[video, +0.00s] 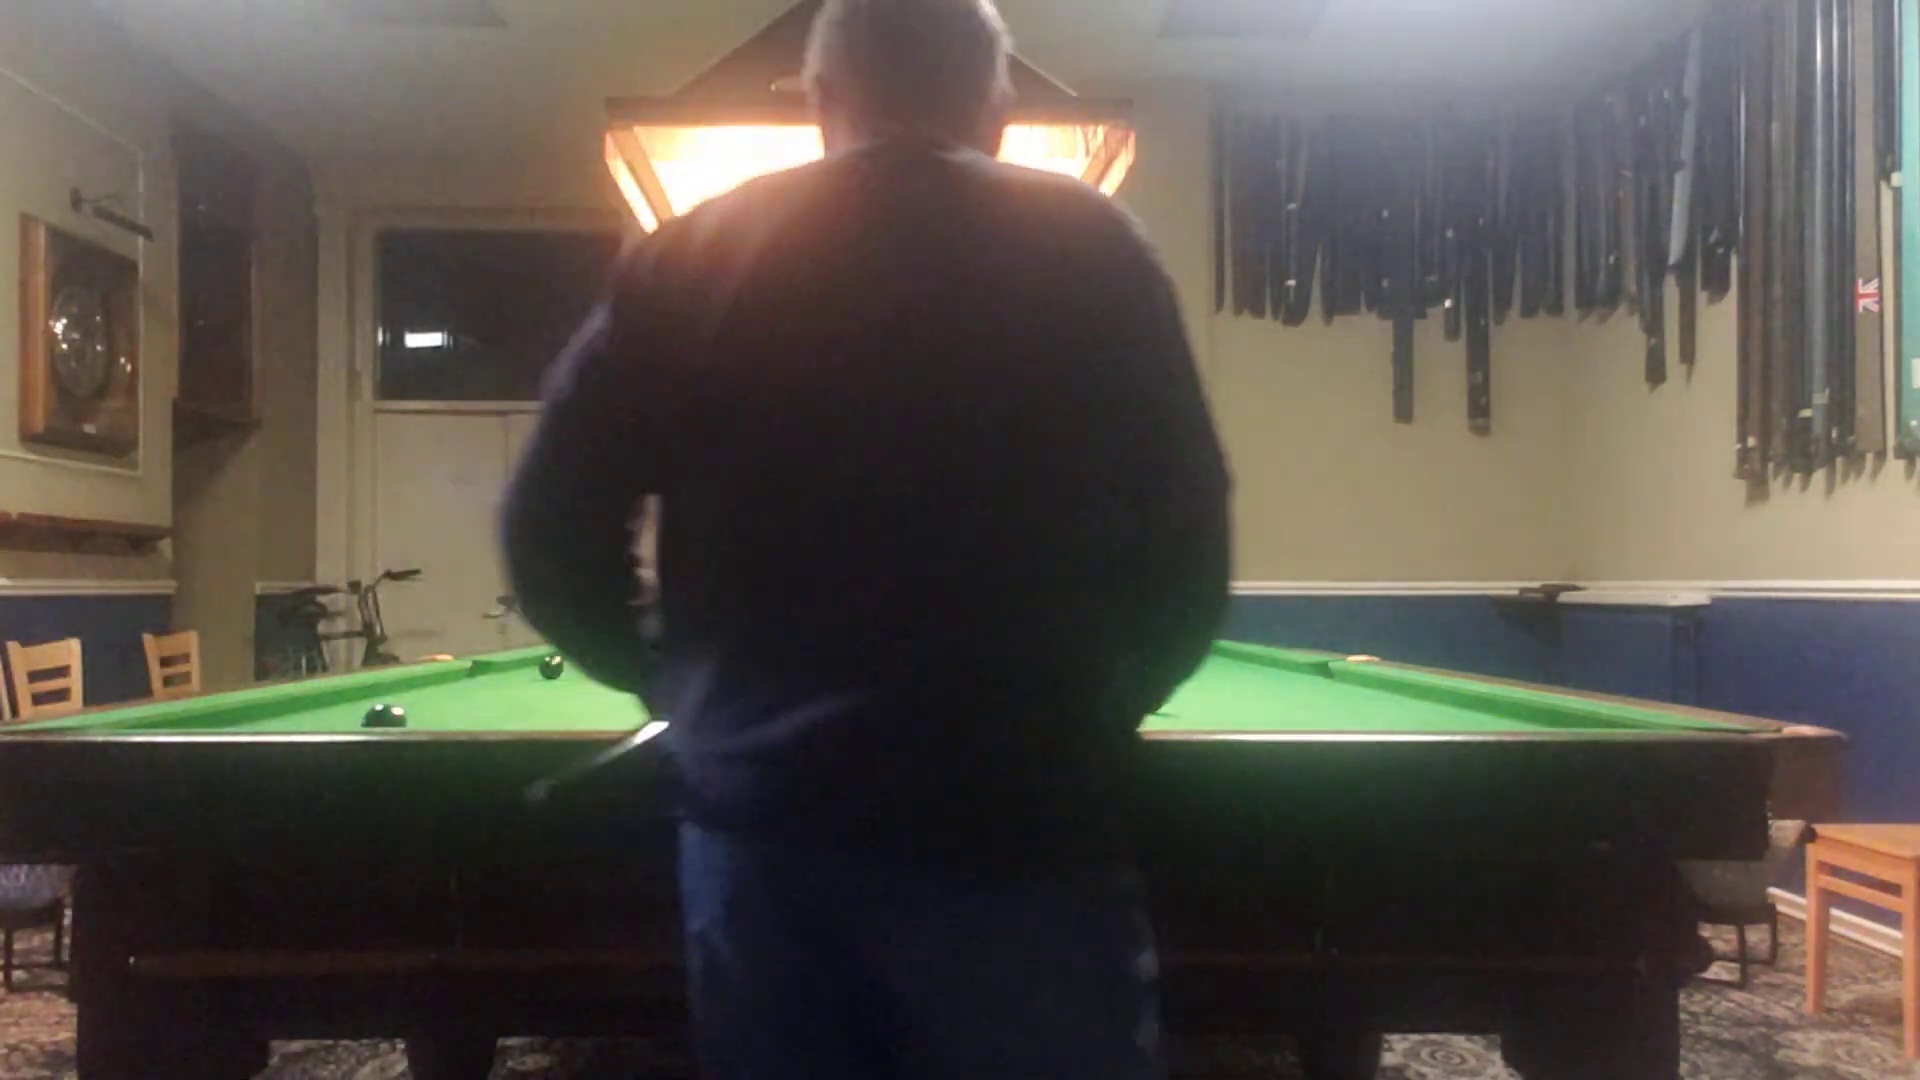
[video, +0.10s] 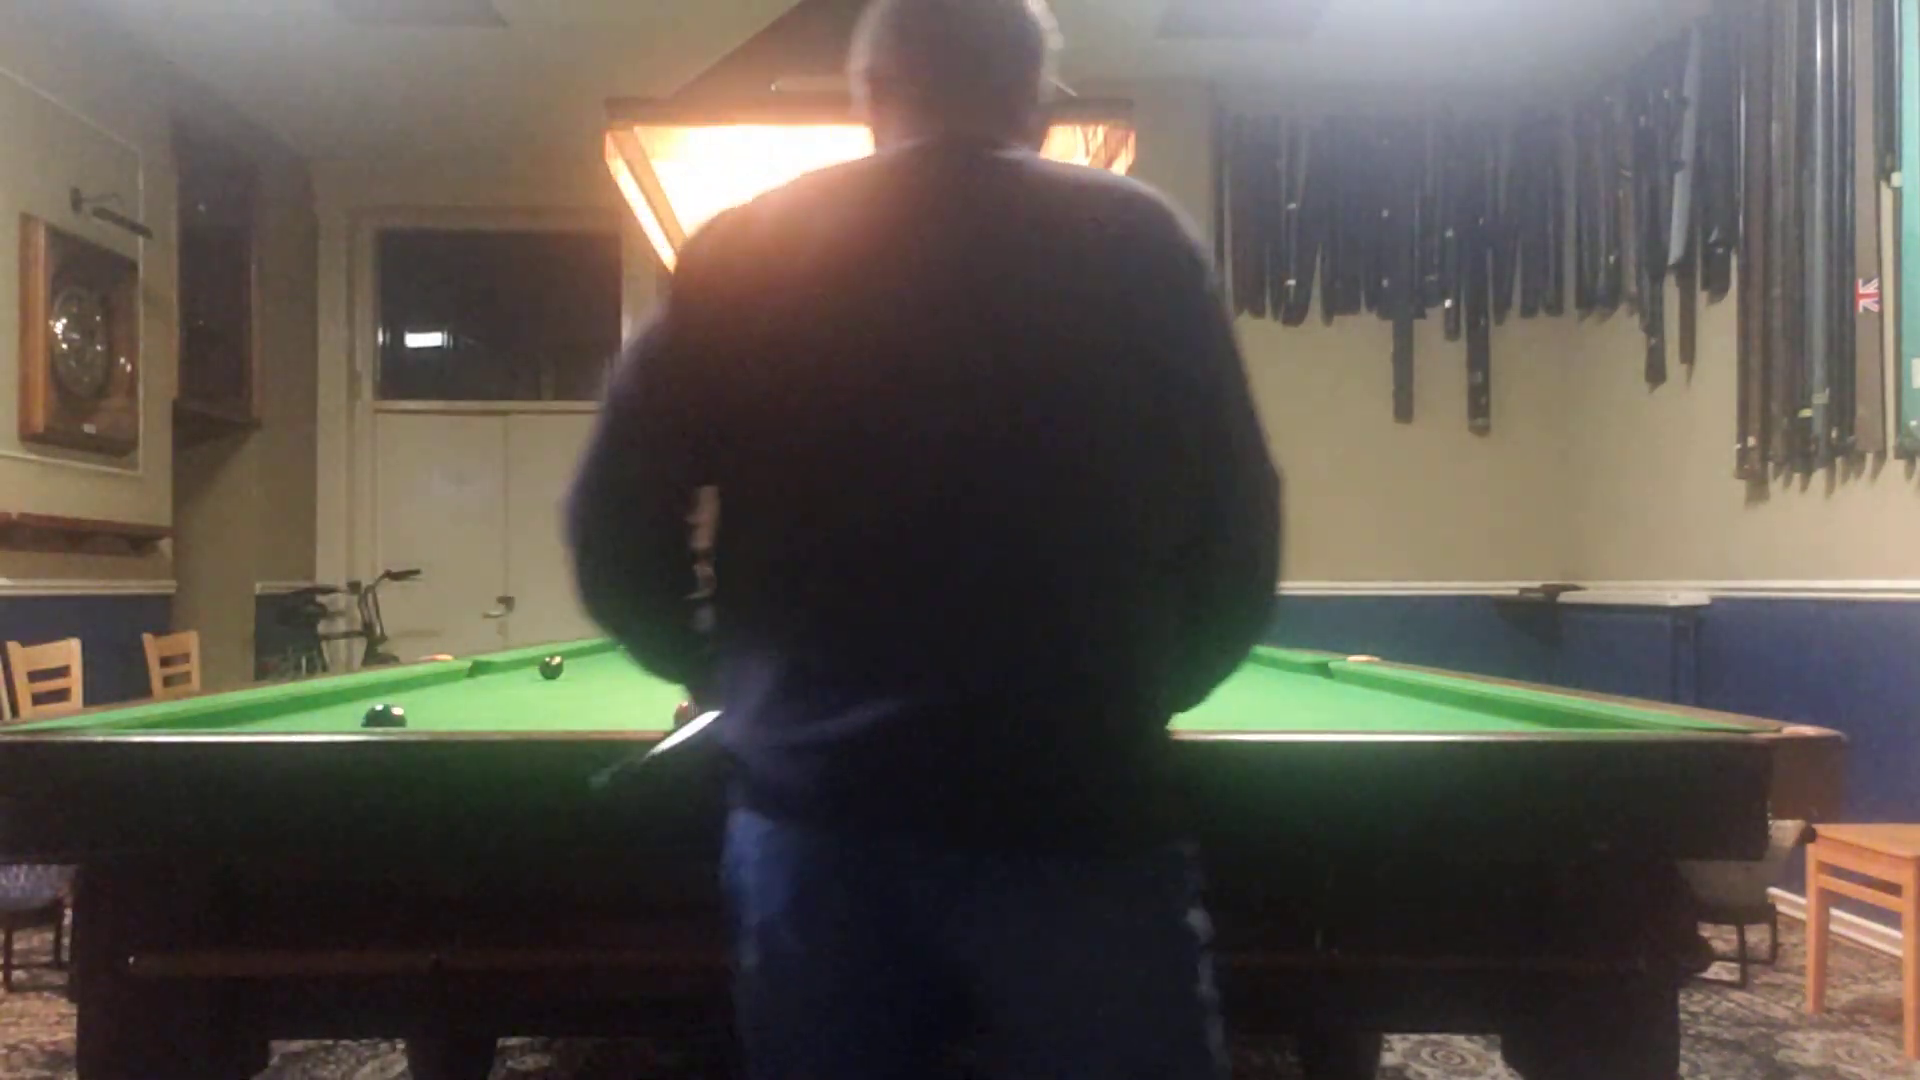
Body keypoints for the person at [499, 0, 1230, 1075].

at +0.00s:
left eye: (816, 98)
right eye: (1006, 93)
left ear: (817, 100)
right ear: (998, 103)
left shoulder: (695, 256)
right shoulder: (1094, 249)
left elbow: (550, 536)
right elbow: (1187, 573)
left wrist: (683, 685)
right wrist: (1076, 708)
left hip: (760, 834)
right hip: (1027, 831)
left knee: (779, 1070)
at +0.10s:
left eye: (869, 91)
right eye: (1047, 87)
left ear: (870, 96)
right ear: (1038, 100)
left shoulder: (746, 250)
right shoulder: (1137, 239)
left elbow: (614, 528)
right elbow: (1235, 563)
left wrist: (728, 670)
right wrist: (1107, 691)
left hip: (810, 829)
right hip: (1080, 829)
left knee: (822, 1070)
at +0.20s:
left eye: (931, 98)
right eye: (1104, 99)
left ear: (927, 101)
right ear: (1094, 105)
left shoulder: (814, 246)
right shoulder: (1198, 242)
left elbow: (679, 508)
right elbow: (1286, 566)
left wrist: (772, 673)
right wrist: (1152, 691)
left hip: (869, 820)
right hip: (1136, 820)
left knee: (869, 1070)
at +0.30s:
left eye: (999, 106)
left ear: (993, 107)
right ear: (1153, 108)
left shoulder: (901, 250)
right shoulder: (1266, 255)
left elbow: (764, 548)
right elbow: (1340, 575)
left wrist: (837, 686)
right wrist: (1222, 704)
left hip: (950, 836)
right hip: (1208, 836)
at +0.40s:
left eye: (1070, 106)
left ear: (1071, 108)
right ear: (1230, 111)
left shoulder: (1000, 240)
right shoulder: (1344, 260)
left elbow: (876, 521)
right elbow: (1389, 556)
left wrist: (895, 685)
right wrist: (1313, 711)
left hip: (1045, 822)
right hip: (1293, 821)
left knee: (1021, 1068)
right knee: (1293, 1072)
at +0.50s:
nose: (1100, 124)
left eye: (1104, 103)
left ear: (1128, 100)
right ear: (1286, 106)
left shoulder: (1079, 228)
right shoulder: (1400, 250)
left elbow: (987, 491)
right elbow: (1419, 503)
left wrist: (958, 691)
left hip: (1143, 786)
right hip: (1383, 785)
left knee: (1086, 1062)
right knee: (1376, 1068)